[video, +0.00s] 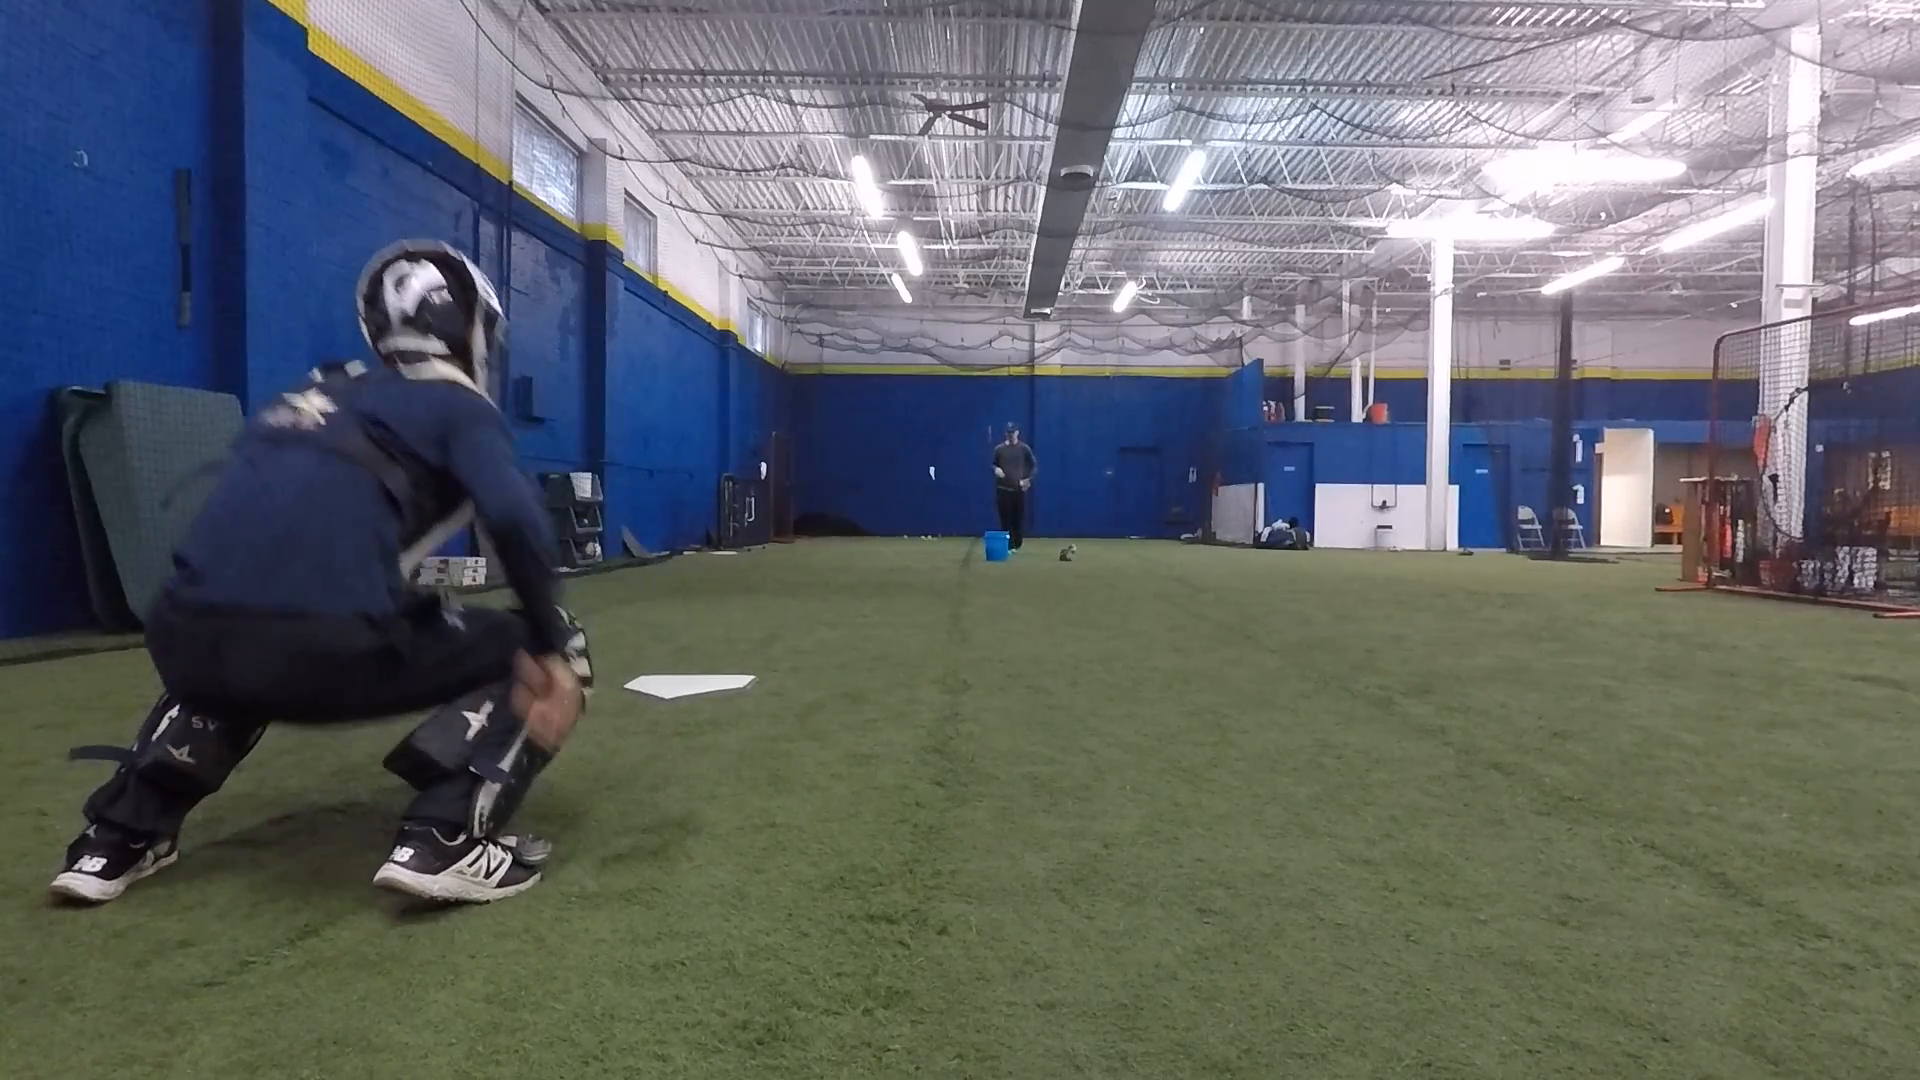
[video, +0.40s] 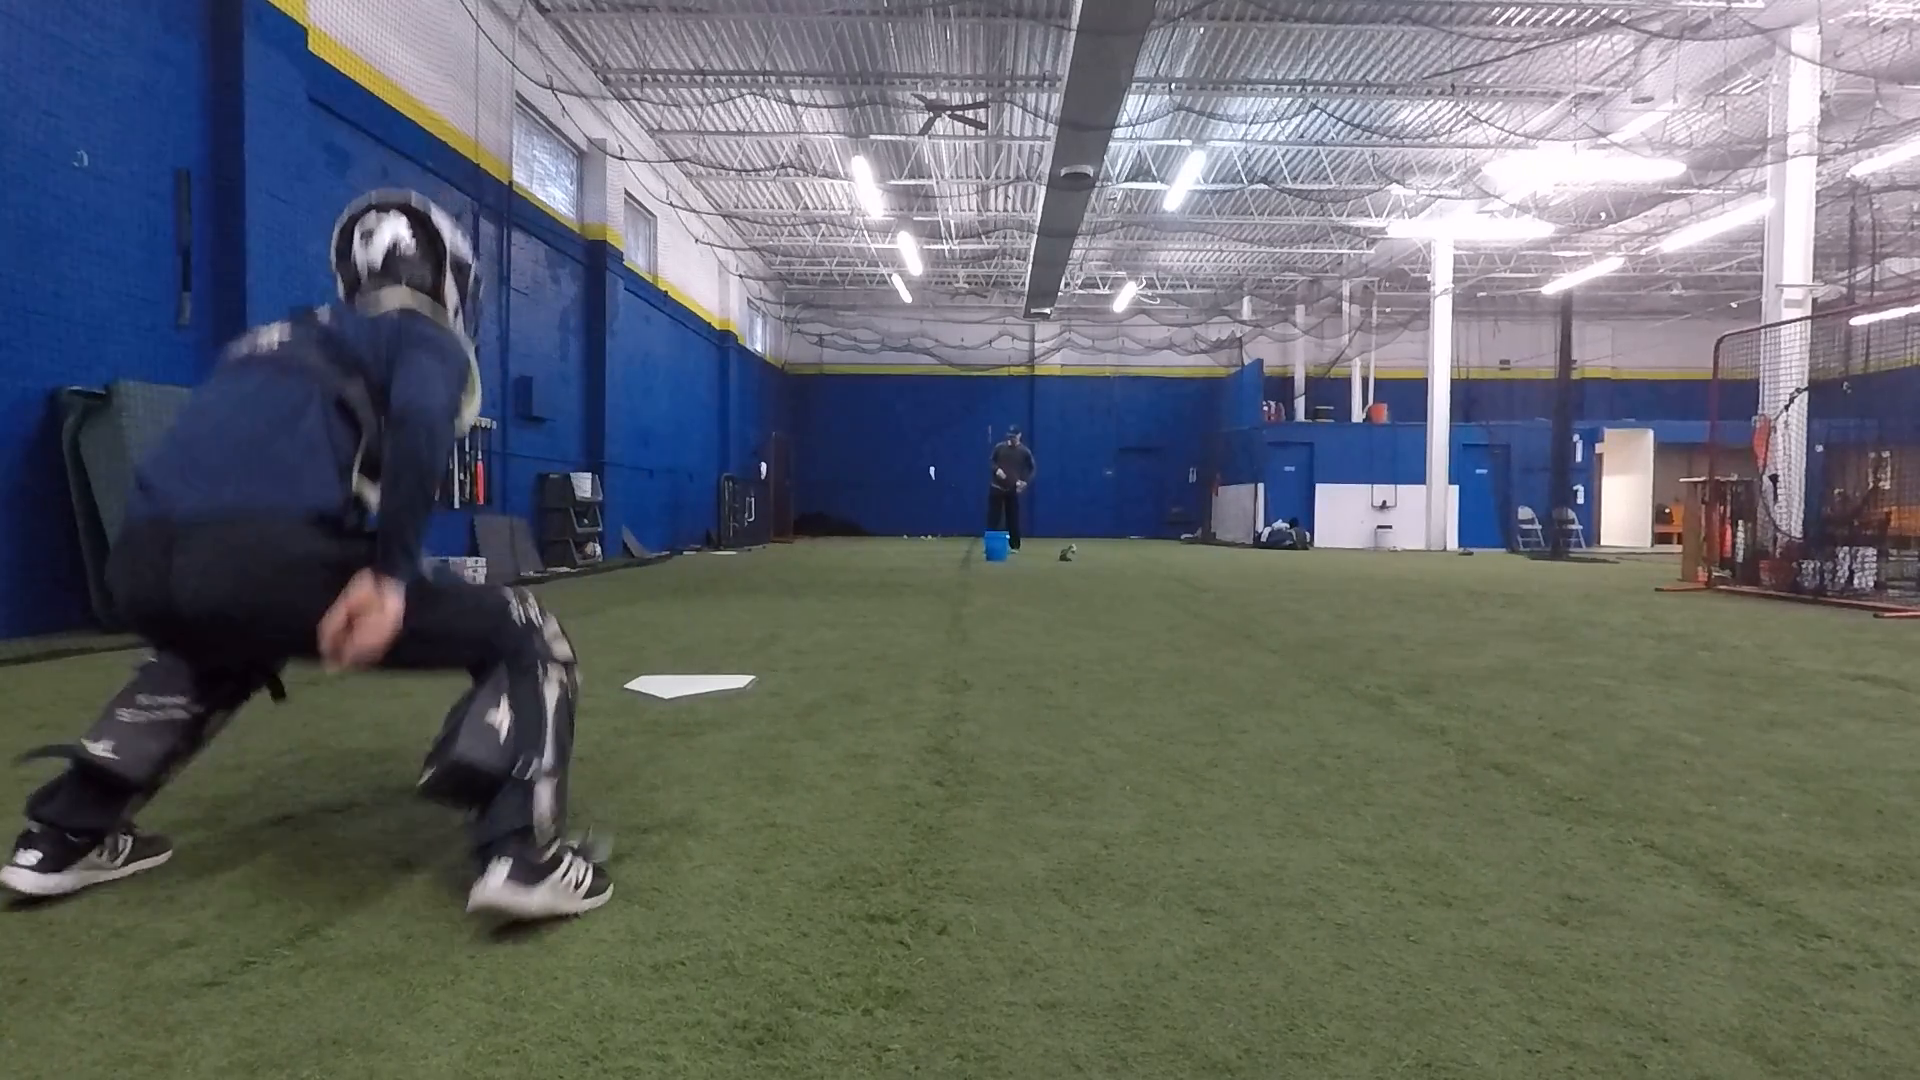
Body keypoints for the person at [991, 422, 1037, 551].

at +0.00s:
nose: (1011, 435)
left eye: (1013, 432)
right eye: (1009, 432)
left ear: (1017, 432)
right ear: (1006, 433)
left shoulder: (1024, 448)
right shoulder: (999, 449)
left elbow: (1034, 467)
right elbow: (993, 463)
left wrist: (1028, 479)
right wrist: (996, 469)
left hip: (1018, 489)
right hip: (1003, 489)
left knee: (1017, 518)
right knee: (1005, 517)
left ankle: (1017, 544)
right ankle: (1007, 544)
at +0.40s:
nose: (1012, 439)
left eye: (1014, 436)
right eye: (1010, 436)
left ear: (1019, 436)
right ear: (1007, 436)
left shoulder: (1025, 452)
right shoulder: (1000, 448)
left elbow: (1032, 469)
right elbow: (991, 461)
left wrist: (1025, 482)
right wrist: (996, 470)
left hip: (1013, 489)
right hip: (997, 487)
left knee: (1013, 518)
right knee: (994, 516)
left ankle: (1014, 545)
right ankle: (990, 545)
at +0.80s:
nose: (991, 438)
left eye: (993, 436)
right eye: (989, 436)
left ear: (999, 436)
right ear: (987, 437)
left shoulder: (1006, 452)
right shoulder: (981, 451)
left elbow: (1014, 469)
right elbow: (976, 467)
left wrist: (1011, 482)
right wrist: (981, 473)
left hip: (999, 492)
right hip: (983, 492)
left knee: (1005, 520)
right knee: (973, 519)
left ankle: (1014, 545)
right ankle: (963, 544)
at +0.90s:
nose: (984, 439)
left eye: (986, 436)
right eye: (982, 436)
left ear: (990, 436)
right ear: (979, 437)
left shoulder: (998, 452)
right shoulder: (973, 452)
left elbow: (1006, 468)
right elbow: (968, 468)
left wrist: (1004, 480)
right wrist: (972, 474)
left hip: (993, 492)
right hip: (977, 492)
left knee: (1001, 519)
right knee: (969, 520)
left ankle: (1013, 544)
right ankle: (963, 544)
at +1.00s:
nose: (975, 438)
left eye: (977, 435)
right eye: (974, 436)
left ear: (983, 435)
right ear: (972, 437)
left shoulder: (993, 451)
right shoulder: (967, 452)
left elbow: (999, 467)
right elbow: (963, 466)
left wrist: (997, 478)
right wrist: (964, 473)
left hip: (987, 491)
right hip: (971, 491)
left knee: (996, 518)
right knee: (966, 520)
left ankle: (1009, 543)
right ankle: (963, 545)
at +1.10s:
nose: (970, 438)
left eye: (972, 435)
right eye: (968, 436)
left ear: (977, 435)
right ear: (966, 437)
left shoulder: (987, 450)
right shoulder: (962, 451)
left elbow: (994, 466)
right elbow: (958, 466)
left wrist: (989, 476)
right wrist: (958, 471)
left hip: (983, 490)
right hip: (967, 490)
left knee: (990, 515)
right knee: (965, 518)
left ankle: (998, 541)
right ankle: (963, 544)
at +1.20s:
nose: (967, 439)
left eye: (968, 436)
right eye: (965, 437)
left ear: (974, 435)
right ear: (962, 438)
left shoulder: (984, 450)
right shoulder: (959, 451)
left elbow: (991, 466)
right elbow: (956, 466)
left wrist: (983, 475)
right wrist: (956, 471)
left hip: (980, 489)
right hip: (965, 489)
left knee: (985, 514)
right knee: (964, 518)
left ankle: (990, 542)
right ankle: (962, 544)